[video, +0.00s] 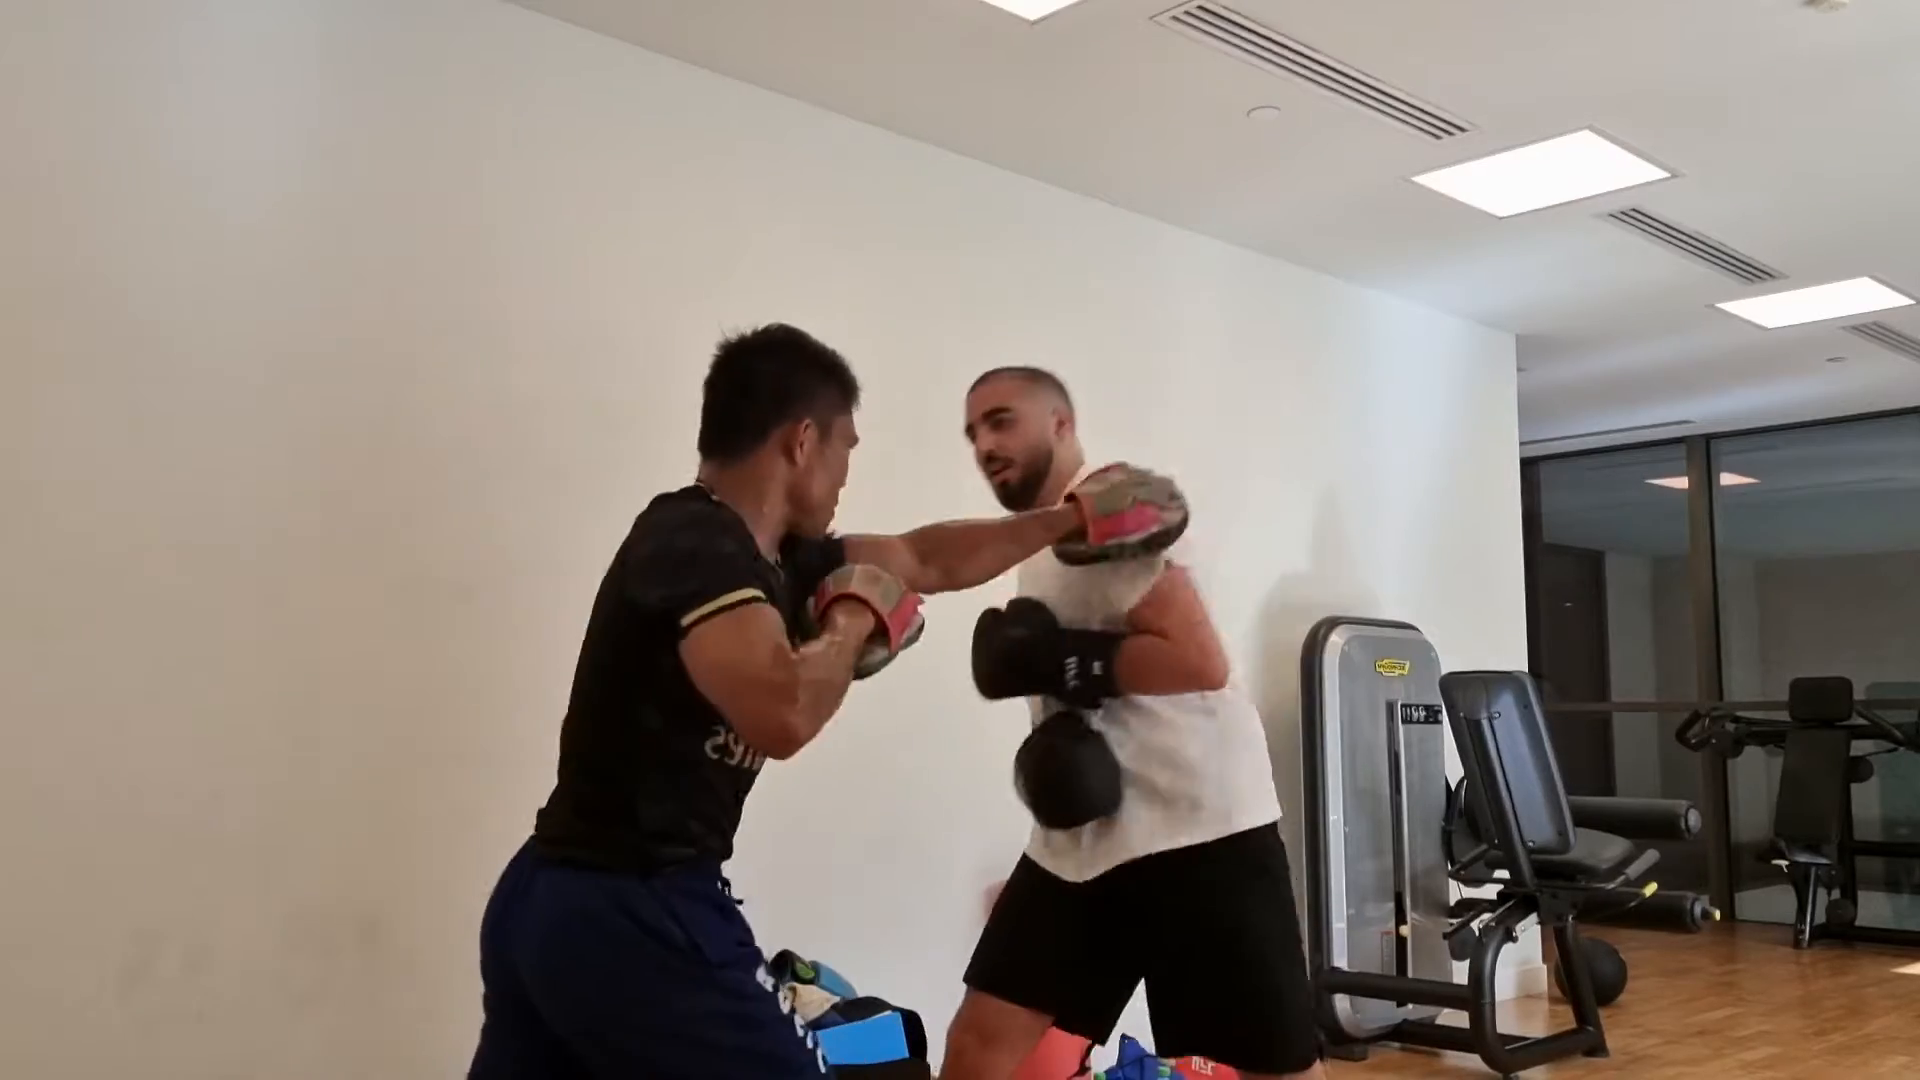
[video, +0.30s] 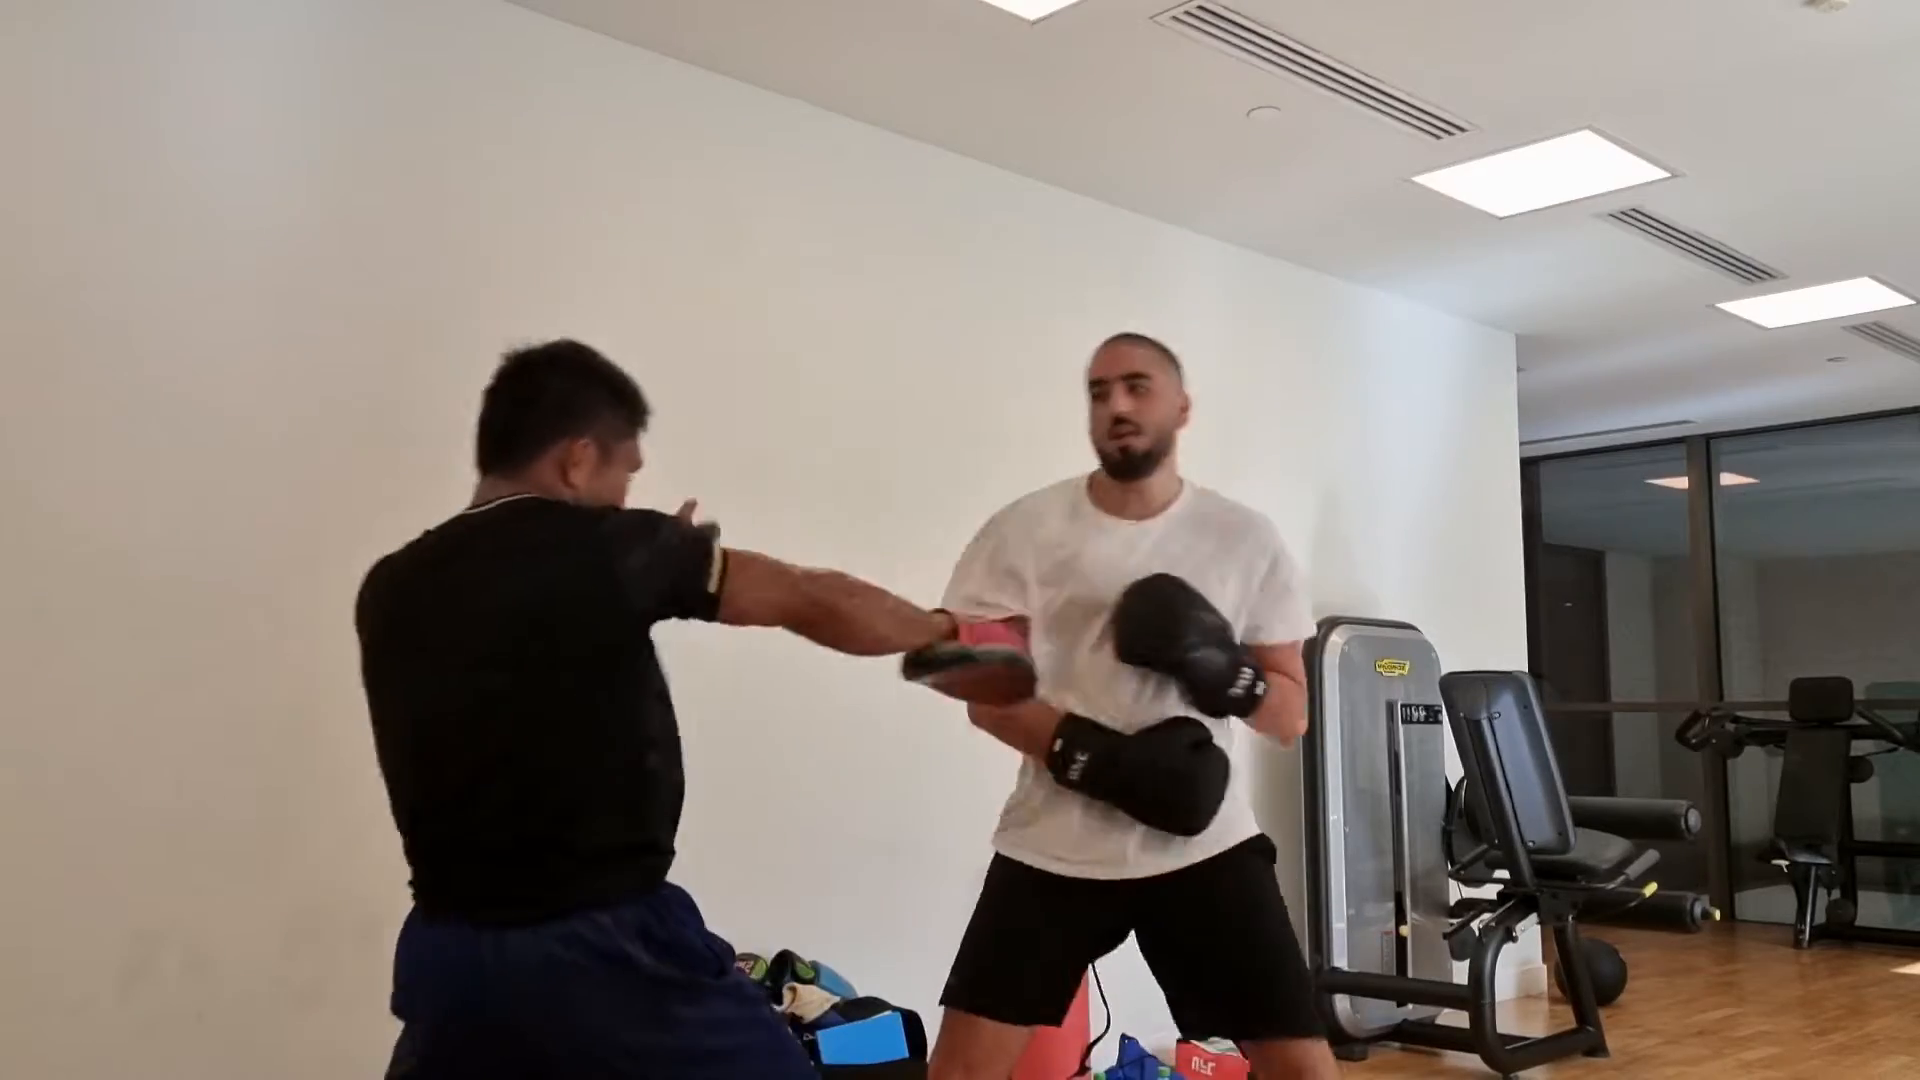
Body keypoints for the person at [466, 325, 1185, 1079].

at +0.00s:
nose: (848, 471)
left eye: (852, 450)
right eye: (847, 447)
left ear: (773, 442)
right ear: (798, 443)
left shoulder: (769, 552)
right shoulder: (700, 542)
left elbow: (919, 558)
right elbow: (781, 719)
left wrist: (1059, 522)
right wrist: (863, 601)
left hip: (563, 906)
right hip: (641, 917)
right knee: (788, 1065)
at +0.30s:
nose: (629, 497)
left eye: (633, 477)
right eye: (629, 475)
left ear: (490, 456)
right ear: (576, 462)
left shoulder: (388, 587)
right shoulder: (598, 549)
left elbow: (513, 598)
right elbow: (808, 600)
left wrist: (650, 553)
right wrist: (934, 632)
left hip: (449, 972)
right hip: (615, 963)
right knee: (778, 1058)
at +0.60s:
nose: (733, 489)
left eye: (738, 463)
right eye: (733, 461)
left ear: (599, 455)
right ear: (686, 455)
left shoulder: (533, 567)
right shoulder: (681, 547)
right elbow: (853, 639)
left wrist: (836, 590)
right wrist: (881, 582)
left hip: (484, 944)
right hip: (637, 954)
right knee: (786, 1061)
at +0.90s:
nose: (752, 478)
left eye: (756, 461)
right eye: (753, 460)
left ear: (623, 455)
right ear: (718, 453)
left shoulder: (521, 562)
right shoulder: (769, 534)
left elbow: (445, 679)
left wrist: (553, 643)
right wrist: (885, 576)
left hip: (544, 939)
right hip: (734, 939)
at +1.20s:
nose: (834, 464)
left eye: (837, 444)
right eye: (833, 442)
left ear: (709, 434)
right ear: (796, 440)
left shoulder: (649, 559)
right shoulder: (763, 548)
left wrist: (824, 617)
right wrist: (907, 626)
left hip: (618, 921)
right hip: (750, 933)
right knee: (909, 1063)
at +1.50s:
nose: (790, 484)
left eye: (792, 469)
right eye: (792, 467)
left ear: (666, 464)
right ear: (770, 462)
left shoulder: (575, 578)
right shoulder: (809, 545)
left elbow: (494, 729)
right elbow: (975, 521)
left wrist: (602, 661)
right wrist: (1084, 496)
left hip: (572, 934)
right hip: (752, 941)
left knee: (477, 1071)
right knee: (867, 1065)